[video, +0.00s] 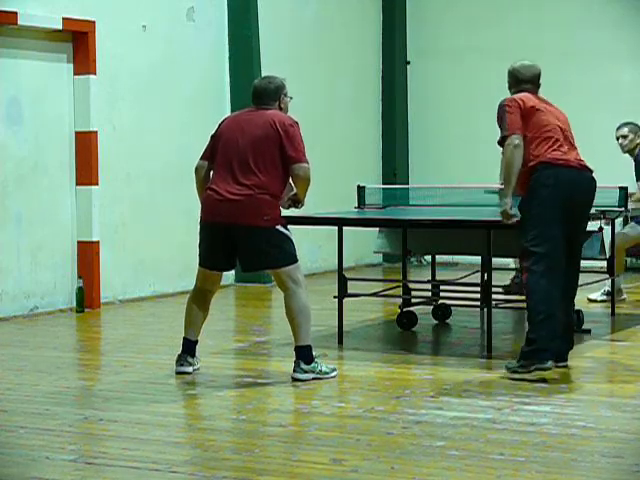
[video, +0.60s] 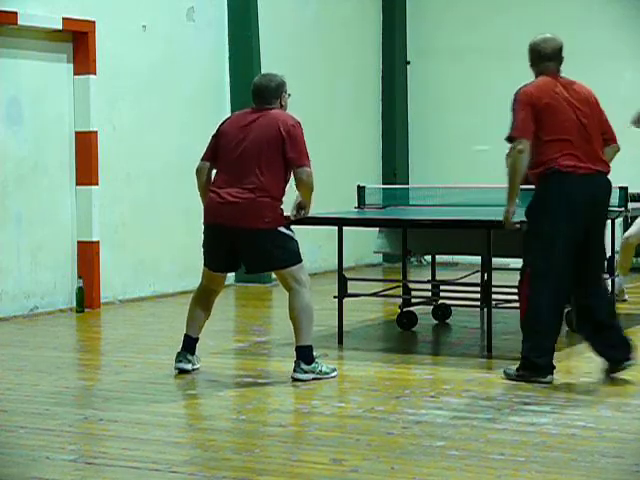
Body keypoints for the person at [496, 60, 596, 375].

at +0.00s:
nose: (511, 92)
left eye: (509, 86)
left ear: (510, 85)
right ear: (538, 85)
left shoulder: (513, 102)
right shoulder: (554, 110)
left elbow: (515, 143)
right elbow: (564, 152)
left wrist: (507, 199)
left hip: (550, 179)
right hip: (582, 180)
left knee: (540, 265)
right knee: (566, 265)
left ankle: (538, 353)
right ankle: (559, 350)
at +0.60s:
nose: (533, 67)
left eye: (531, 63)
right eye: (545, 60)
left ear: (532, 63)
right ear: (561, 61)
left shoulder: (529, 93)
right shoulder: (584, 93)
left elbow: (521, 147)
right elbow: (611, 145)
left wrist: (511, 201)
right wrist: (583, 175)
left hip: (557, 188)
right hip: (596, 188)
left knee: (544, 273)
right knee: (587, 272)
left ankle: (537, 364)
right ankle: (616, 351)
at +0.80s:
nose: (550, 69)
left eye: (550, 64)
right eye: (552, 64)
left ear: (554, 64)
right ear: (582, 66)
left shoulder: (558, 92)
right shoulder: (602, 97)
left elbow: (557, 141)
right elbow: (615, 150)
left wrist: (544, 196)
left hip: (581, 190)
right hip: (619, 192)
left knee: (561, 277)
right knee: (625, 278)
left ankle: (538, 364)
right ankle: (637, 364)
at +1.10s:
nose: (554, 67)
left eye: (555, 61)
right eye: (556, 61)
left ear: (561, 61)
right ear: (587, 62)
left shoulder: (560, 91)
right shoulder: (613, 95)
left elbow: (560, 140)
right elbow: (637, 142)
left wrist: (549, 197)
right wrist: (624, 177)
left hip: (585, 192)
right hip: (626, 193)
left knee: (570, 278)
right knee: (629, 278)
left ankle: (553, 365)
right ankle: (638, 363)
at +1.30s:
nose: (540, 74)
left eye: (540, 69)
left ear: (541, 70)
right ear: (569, 69)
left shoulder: (538, 100)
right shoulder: (594, 101)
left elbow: (534, 150)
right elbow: (623, 158)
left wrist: (522, 206)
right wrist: (606, 195)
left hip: (564, 202)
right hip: (609, 201)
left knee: (536, 279)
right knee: (620, 284)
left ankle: (506, 359)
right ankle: (637, 364)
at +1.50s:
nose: (499, 80)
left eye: (498, 75)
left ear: (498, 77)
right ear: (526, 75)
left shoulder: (494, 111)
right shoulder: (552, 106)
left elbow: (482, 165)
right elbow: (578, 155)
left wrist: (472, 217)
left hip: (522, 208)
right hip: (567, 205)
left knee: (486, 279)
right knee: (591, 281)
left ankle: (485, 363)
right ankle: (636, 362)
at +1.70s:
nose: (479, 65)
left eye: (475, 59)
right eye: (489, 60)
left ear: (469, 62)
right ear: (499, 61)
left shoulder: (452, 97)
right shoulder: (520, 95)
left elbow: (432, 146)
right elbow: (547, 141)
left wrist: (430, 195)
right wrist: (523, 171)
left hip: (472, 194)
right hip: (516, 192)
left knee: (469, 276)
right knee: (528, 268)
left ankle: (478, 359)